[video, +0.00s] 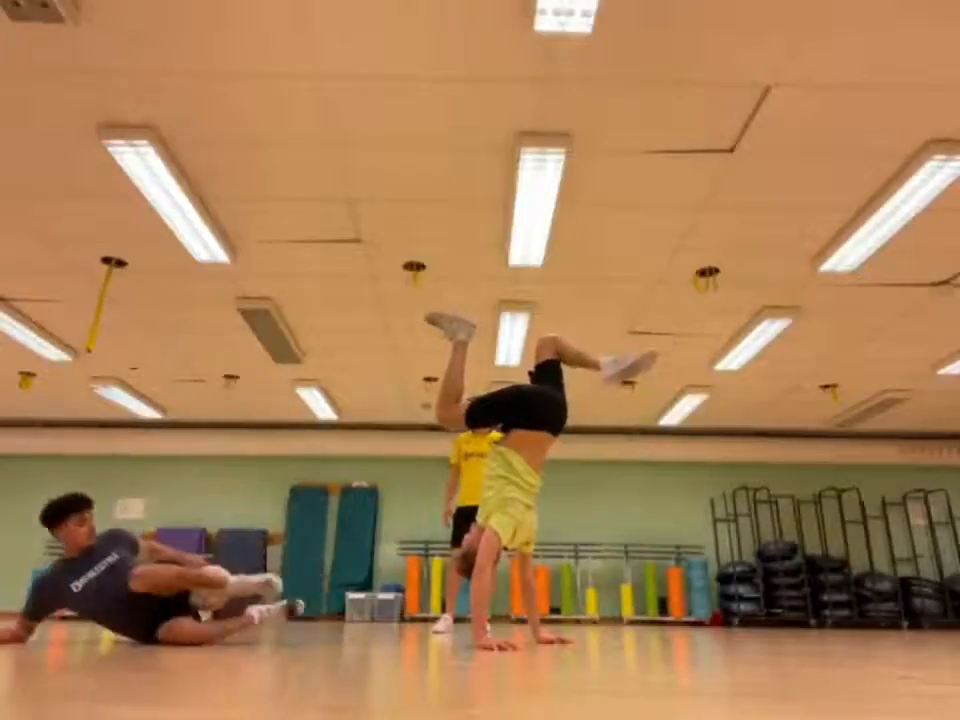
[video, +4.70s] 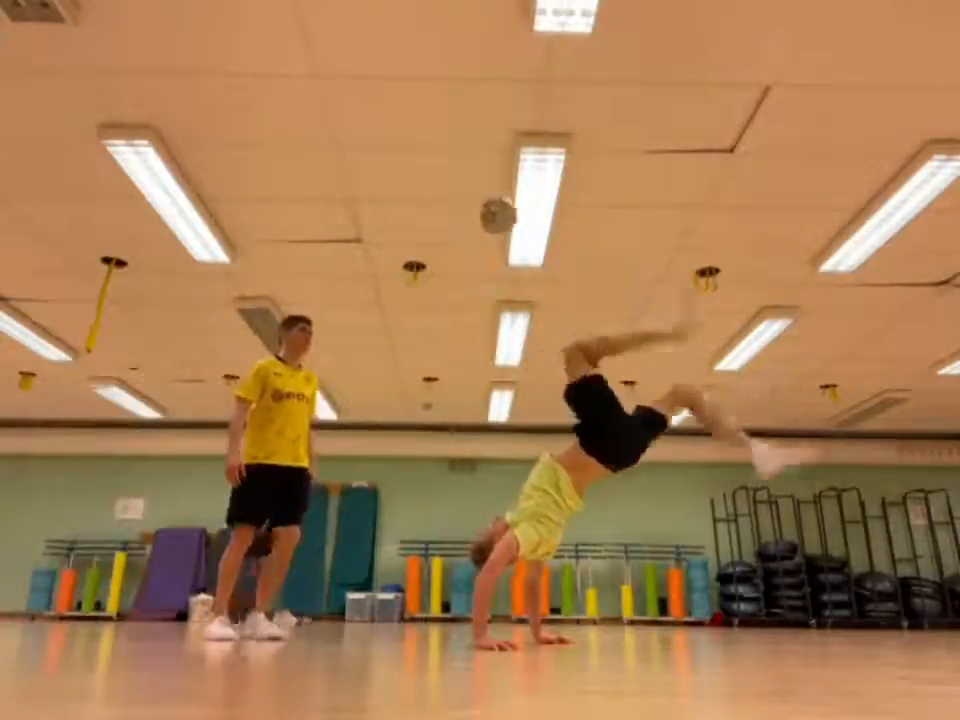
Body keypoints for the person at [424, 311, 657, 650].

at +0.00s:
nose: (469, 535)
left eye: (465, 540)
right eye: (470, 542)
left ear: (469, 543)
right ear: (472, 542)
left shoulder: (523, 535)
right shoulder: (493, 526)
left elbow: (528, 583)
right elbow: (481, 574)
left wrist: (536, 631)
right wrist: (481, 635)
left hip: (551, 413)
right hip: (530, 410)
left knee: (548, 345)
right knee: (449, 414)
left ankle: (607, 365)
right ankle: (460, 340)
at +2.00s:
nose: (485, 566)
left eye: (476, 567)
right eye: (478, 564)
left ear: (473, 550)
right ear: (475, 548)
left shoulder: (524, 536)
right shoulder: (495, 528)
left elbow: (527, 583)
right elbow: (482, 576)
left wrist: (537, 632)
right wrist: (481, 636)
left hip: (554, 414)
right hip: (530, 408)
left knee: (551, 345)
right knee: (450, 418)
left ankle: (619, 352)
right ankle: (458, 345)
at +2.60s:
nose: (476, 542)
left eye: (469, 542)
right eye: (476, 545)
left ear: (471, 542)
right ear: (477, 541)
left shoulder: (525, 536)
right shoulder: (496, 529)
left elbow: (528, 584)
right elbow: (482, 578)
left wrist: (537, 632)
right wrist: (481, 636)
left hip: (557, 413)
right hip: (534, 410)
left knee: (545, 347)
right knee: (464, 381)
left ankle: (602, 309)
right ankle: (450, 302)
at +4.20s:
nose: (476, 543)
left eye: (473, 548)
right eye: (476, 546)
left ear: (475, 547)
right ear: (481, 544)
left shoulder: (528, 540)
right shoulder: (504, 531)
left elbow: (529, 586)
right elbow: (484, 575)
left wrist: (538, 632)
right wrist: (481, 635)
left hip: (572, 416)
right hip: (554, 416)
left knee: (580, 347)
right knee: (471, 409)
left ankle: (658, 323)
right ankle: (472, 331)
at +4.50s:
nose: (482, 542)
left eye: (480, 545)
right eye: (481, 543)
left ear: (482, 550)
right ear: (484, 544)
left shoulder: (530, 541)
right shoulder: (509, 534)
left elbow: (530, 588)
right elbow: (482, 576)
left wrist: (536, 632)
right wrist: (480, 635)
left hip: (598, 436)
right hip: (582, 432)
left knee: (634, 367)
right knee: (515, 382)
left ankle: (714, 359)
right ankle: (527, 301)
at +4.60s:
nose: (488, 525)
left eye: (486, 534)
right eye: (487, 533)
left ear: (490, 546)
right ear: (490, 540)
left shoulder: (530, 538)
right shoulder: (514, 532)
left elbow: (535, 586)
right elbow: (486, 574)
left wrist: (537, 632)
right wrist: (480, 637)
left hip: (604, 438)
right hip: (596, 436)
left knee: (655, 374)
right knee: (538, 362)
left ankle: (736, 390)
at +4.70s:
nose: (495, 524)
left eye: (494, 536)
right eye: (494, 531)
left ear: (495, 550)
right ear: (497, 537)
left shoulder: (535, 539)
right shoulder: (519, 534)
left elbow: (535, 586)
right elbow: (485, 579)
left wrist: (537, 630)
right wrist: (479, 637)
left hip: (618, 452)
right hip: (609, 441)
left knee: (683, 394)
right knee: (576, 353)